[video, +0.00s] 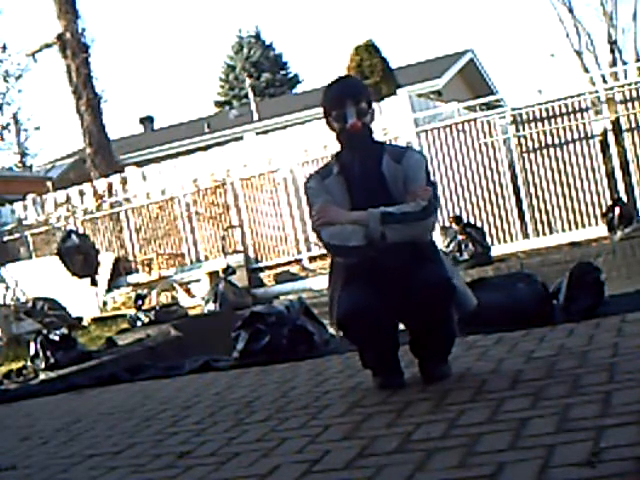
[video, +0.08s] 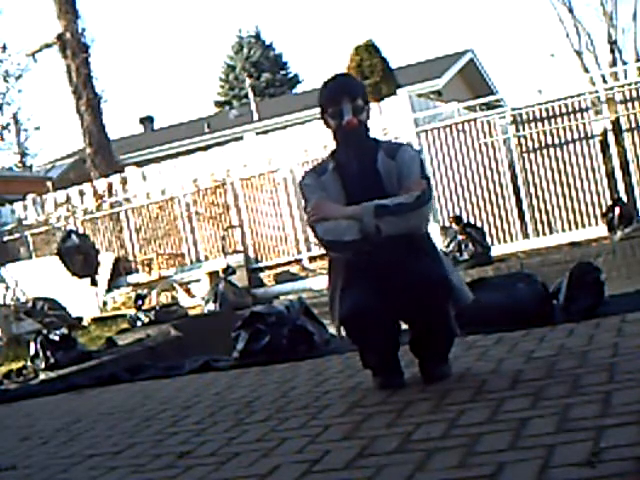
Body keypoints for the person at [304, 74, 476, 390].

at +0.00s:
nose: (353, 123)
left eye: (361, 111)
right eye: (341, 116)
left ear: (373, 112)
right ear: (329, 122)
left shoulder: (407, 159)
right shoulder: (319, 183)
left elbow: (425, 218)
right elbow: (335, 241)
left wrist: (349, 217)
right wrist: (406, 215)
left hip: (415, 262)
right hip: (359, 275)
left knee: (433, 290)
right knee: (358, 311)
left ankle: (434, 361)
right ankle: (385, 369)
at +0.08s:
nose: (349, 121)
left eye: (357, 109)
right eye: (337, 113)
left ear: (368, 110)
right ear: (326, 119)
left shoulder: (402, 156)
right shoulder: (315, 179)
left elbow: (419, 217)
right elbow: (329, 235)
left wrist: (344, 212)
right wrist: (399, 208)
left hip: (413, 260)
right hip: (359, 273)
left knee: (430, 292)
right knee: (362, 313)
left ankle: (434, 361)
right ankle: (385, 370)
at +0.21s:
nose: (343, 113)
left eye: (351, 102)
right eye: (332, 106)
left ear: (363, 104)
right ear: (320, 112)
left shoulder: (395, 147)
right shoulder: (308, 173)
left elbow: (407, 193)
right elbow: (321, 228)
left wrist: (337, 202)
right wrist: (386, 209)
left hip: (413, 263)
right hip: (358, 278)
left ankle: (442, 347)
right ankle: (385, 366)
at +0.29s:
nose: (341, 115)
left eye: (349, 104)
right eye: (329, 108)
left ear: (360, 106)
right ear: (317, 114)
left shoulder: (391, 151)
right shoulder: (306, 176)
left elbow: (409, 196)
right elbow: (321, 232)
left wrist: (338, 204)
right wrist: (387, 207)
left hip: (412, 253)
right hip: (358, 266)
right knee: (368, 308)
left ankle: (453, 361)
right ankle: (386, 369)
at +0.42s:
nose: (342, 128)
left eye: (350, 119)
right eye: (331, 122)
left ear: (360, 121)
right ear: (318, 128)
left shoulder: (392, 170)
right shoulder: (308, 194)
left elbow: (413, 218)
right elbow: (322, 249)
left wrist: (341, 226)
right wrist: (389, 222)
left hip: (410, 264)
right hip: (359, 282)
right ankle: (387, 370)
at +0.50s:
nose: (344, 127)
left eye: (351, 118)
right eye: (333, 121)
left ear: (362, 121)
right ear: (320, 129)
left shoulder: (395, 167)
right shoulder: (310, 192)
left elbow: (414, 211)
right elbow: (328, 242)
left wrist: (341, 220)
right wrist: (388, 218)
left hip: (411, 263)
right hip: (363, 281)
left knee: (411, 246)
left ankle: (459, 350)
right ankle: (388, 366)